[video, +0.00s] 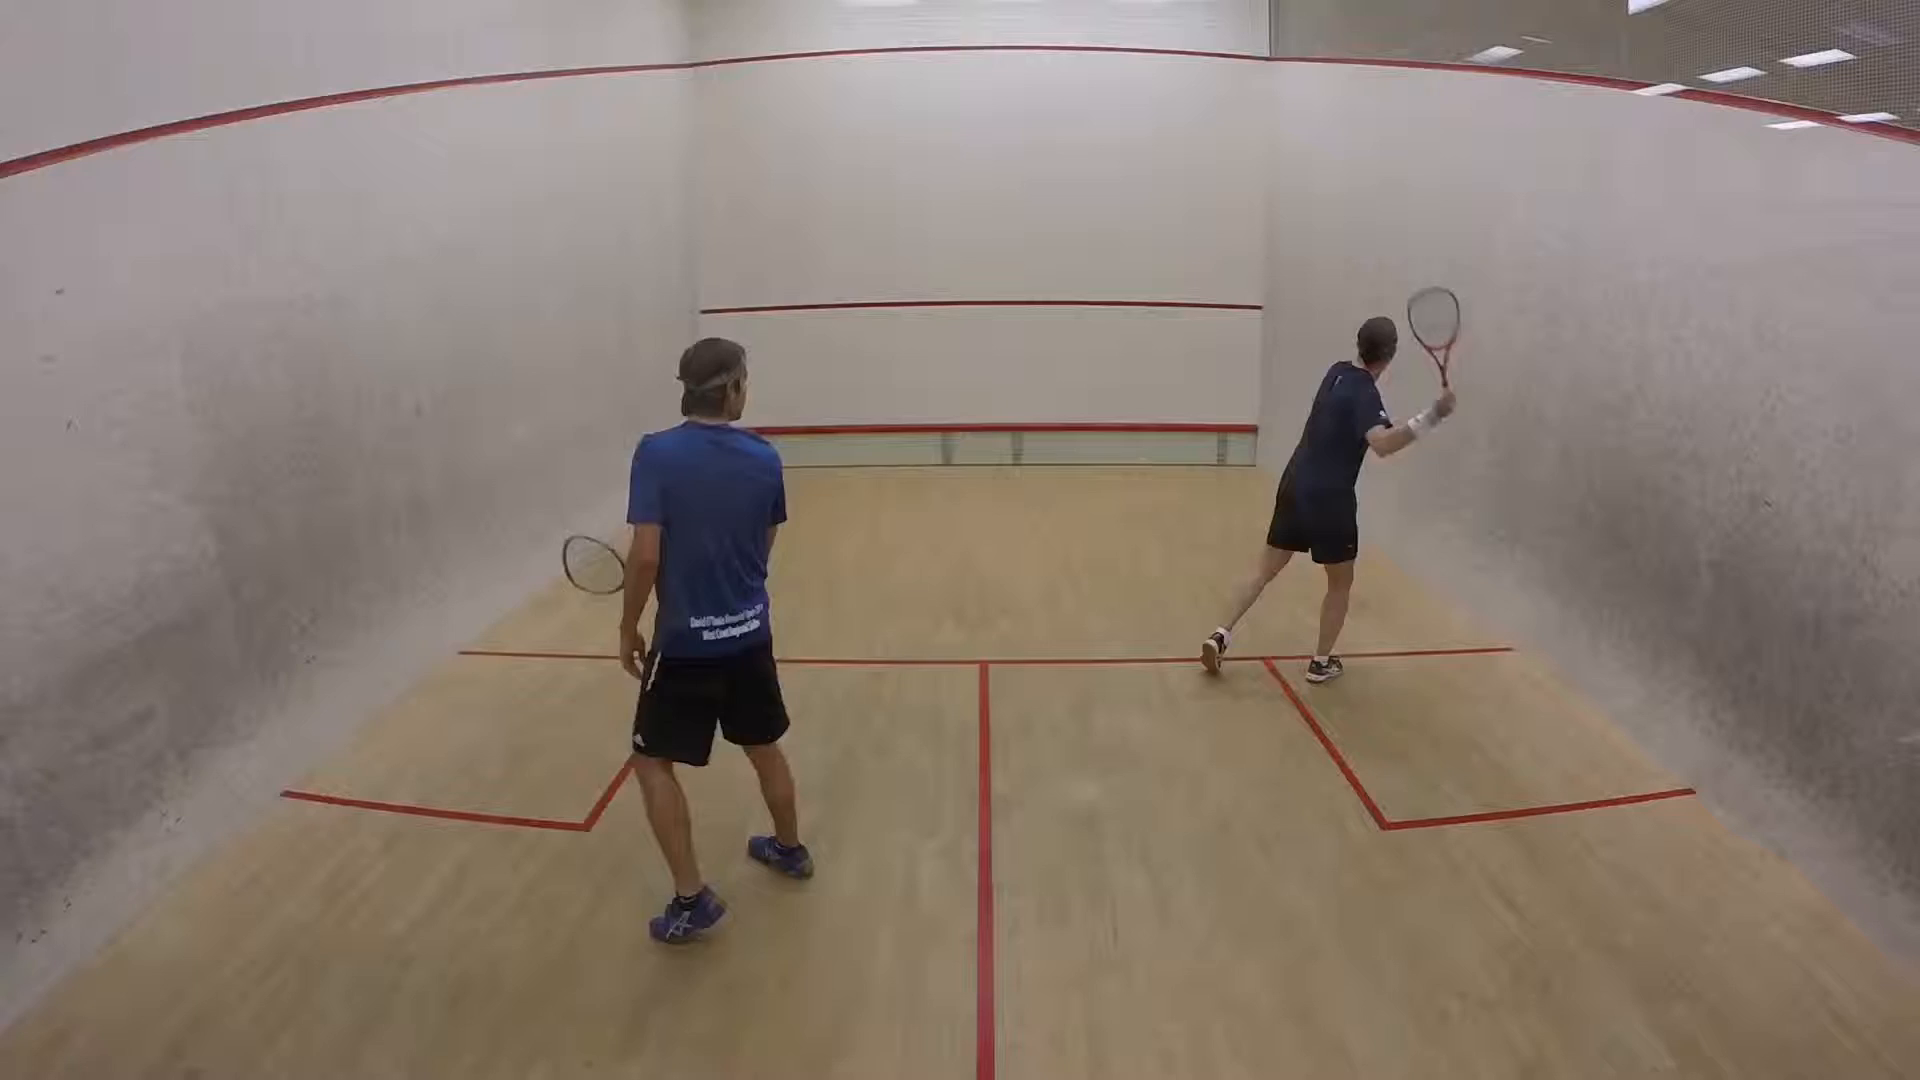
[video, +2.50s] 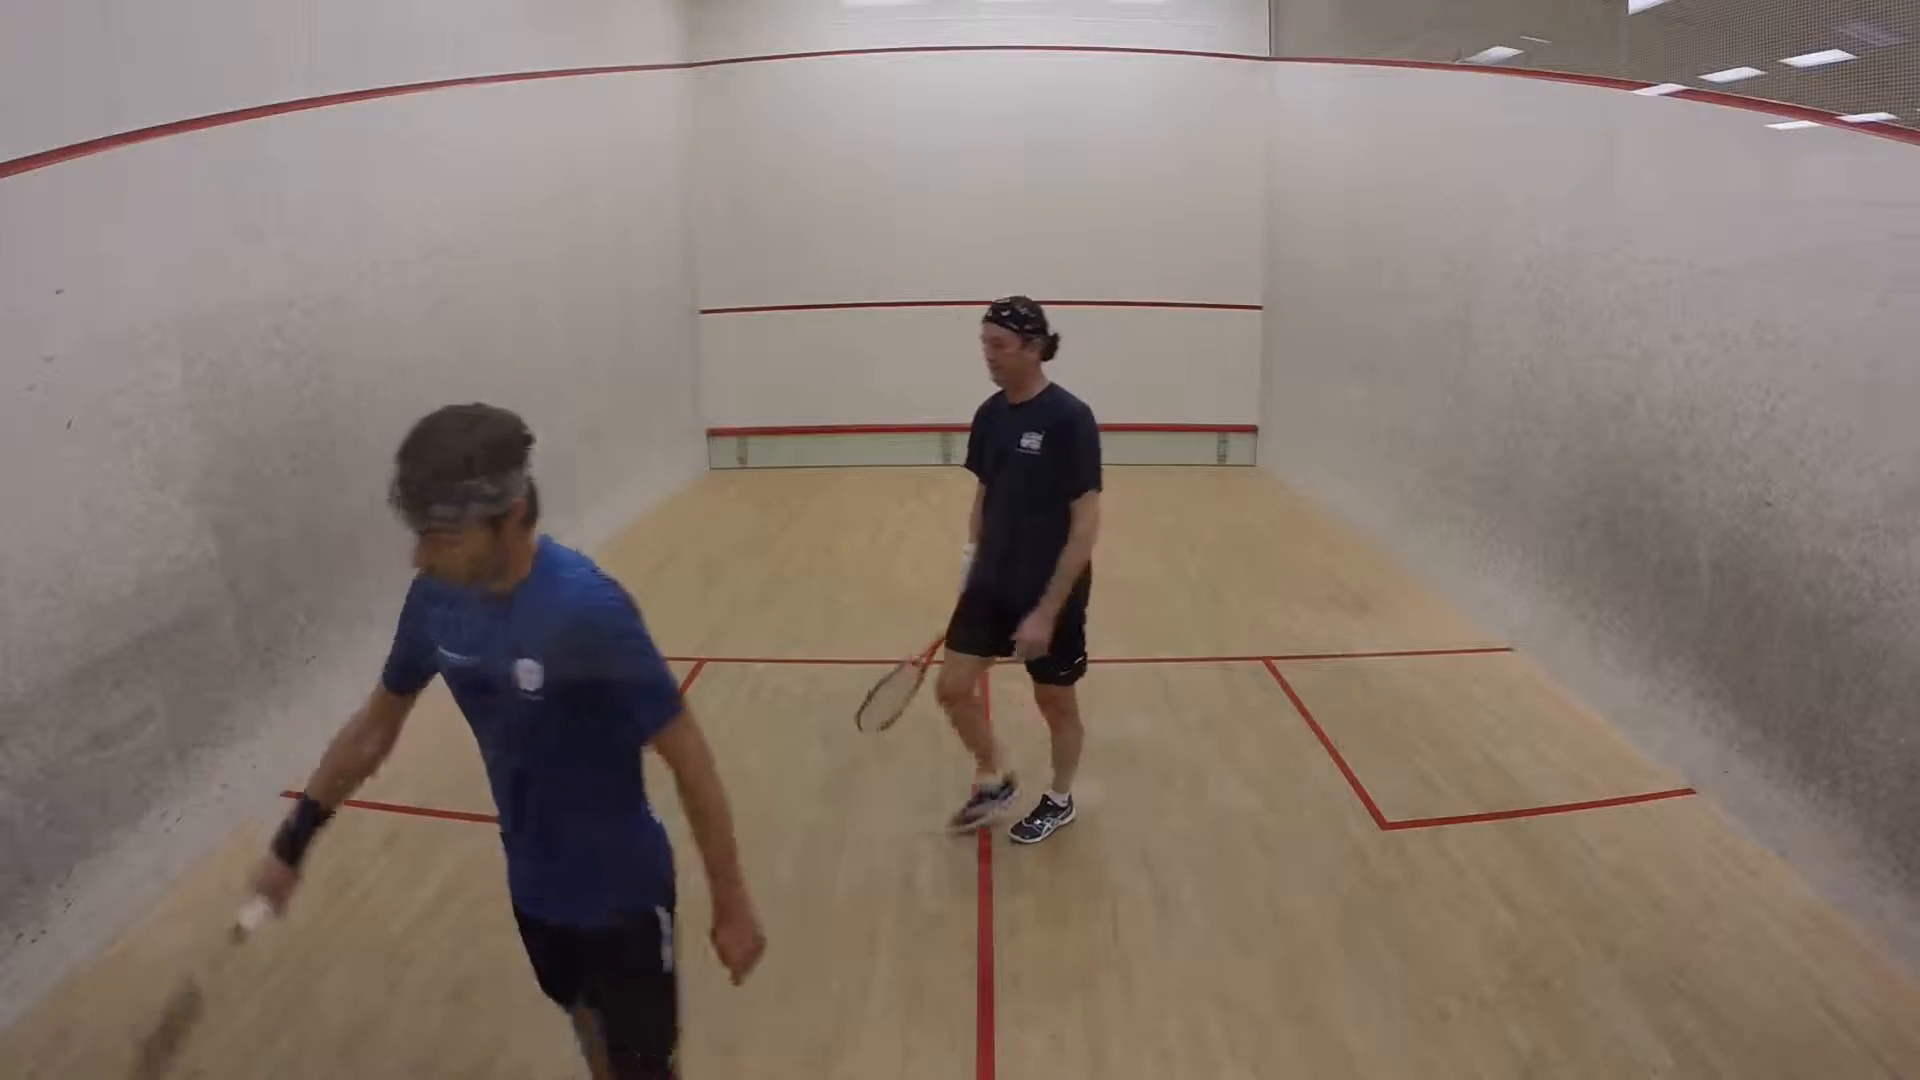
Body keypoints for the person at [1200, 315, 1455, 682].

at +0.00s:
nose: (1394, 351)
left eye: (1389, 345)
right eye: (1394, 346)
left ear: (1360, 346)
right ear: (1390, 353)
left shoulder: (1336, 372)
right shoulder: (1365, 392)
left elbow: (1371, 426)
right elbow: (1383, 443)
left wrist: (1400, 427)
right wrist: (1432, 416)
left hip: (1294, 486)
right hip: (1331, 497)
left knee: (1263, 571)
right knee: (1339, 585)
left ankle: (1222, 634)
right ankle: (1321, 661)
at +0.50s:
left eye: (1354, 338)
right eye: (1378, 342)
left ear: (1350, 342)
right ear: (1384, 347)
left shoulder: (1329, 377)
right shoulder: (1385, 394)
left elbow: (1294, 426)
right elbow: (1370, 453)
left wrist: (1249, 474)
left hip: (1304, 499)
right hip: (1349, 508)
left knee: (1264, 567)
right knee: (1339, 584)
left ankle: (1238, 649)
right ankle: (1323, 660)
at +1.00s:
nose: (1275, 344)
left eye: (1279, 337)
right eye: (1278, 337)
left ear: (1291, 342)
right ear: (1305, 343)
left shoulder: (1311, 392)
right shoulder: (1300, 389)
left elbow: (1331, 460)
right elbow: (1278, 447)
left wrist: (1325, 536)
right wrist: (1246, 482)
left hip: (1291, 522)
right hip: (1301, 518)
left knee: (1264, 610)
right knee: (1308, 591)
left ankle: (1278, 699)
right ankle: (1310, 660)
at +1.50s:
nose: (1199, 340)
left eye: (1209, 336)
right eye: (1203, 334)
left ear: (1231, 351)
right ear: (1224, 349)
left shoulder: (1263, 406)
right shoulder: (1203, 398)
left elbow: (1272, 487)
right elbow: (1207, 474)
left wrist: (1234, 552)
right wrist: (1194, 535)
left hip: (1251, 533)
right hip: (1205, 526)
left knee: (1260, 621)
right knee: (1179, 622)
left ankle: (1276, 695)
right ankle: (1155, 722)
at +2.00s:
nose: (1106, 338)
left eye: (1118, 333)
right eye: (1108, 329)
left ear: (1147, 346)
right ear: (1122, 342)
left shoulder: (1178, 407)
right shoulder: (1096, 401)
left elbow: (1207, 486)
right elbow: (1065, 472)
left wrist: (1210, 567)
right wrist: (1033, 536)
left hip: (1155, 552)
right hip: (1108, 546)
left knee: (1121, 667)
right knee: (1133, 643)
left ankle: (1093, 779)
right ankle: (1147, 726)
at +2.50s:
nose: (988, 356)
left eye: (998, 346)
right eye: (985, 345)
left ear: (1034, 348)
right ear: (991, 348)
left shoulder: (1072, 420)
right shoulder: (990, 414)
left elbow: (1086, 529)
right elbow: (984, 494)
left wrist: (1046, 611)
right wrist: (972, 561)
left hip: (1053, 584)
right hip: (994, 574)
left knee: (1056, 701)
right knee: (954, 688)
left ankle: (1060, 798)